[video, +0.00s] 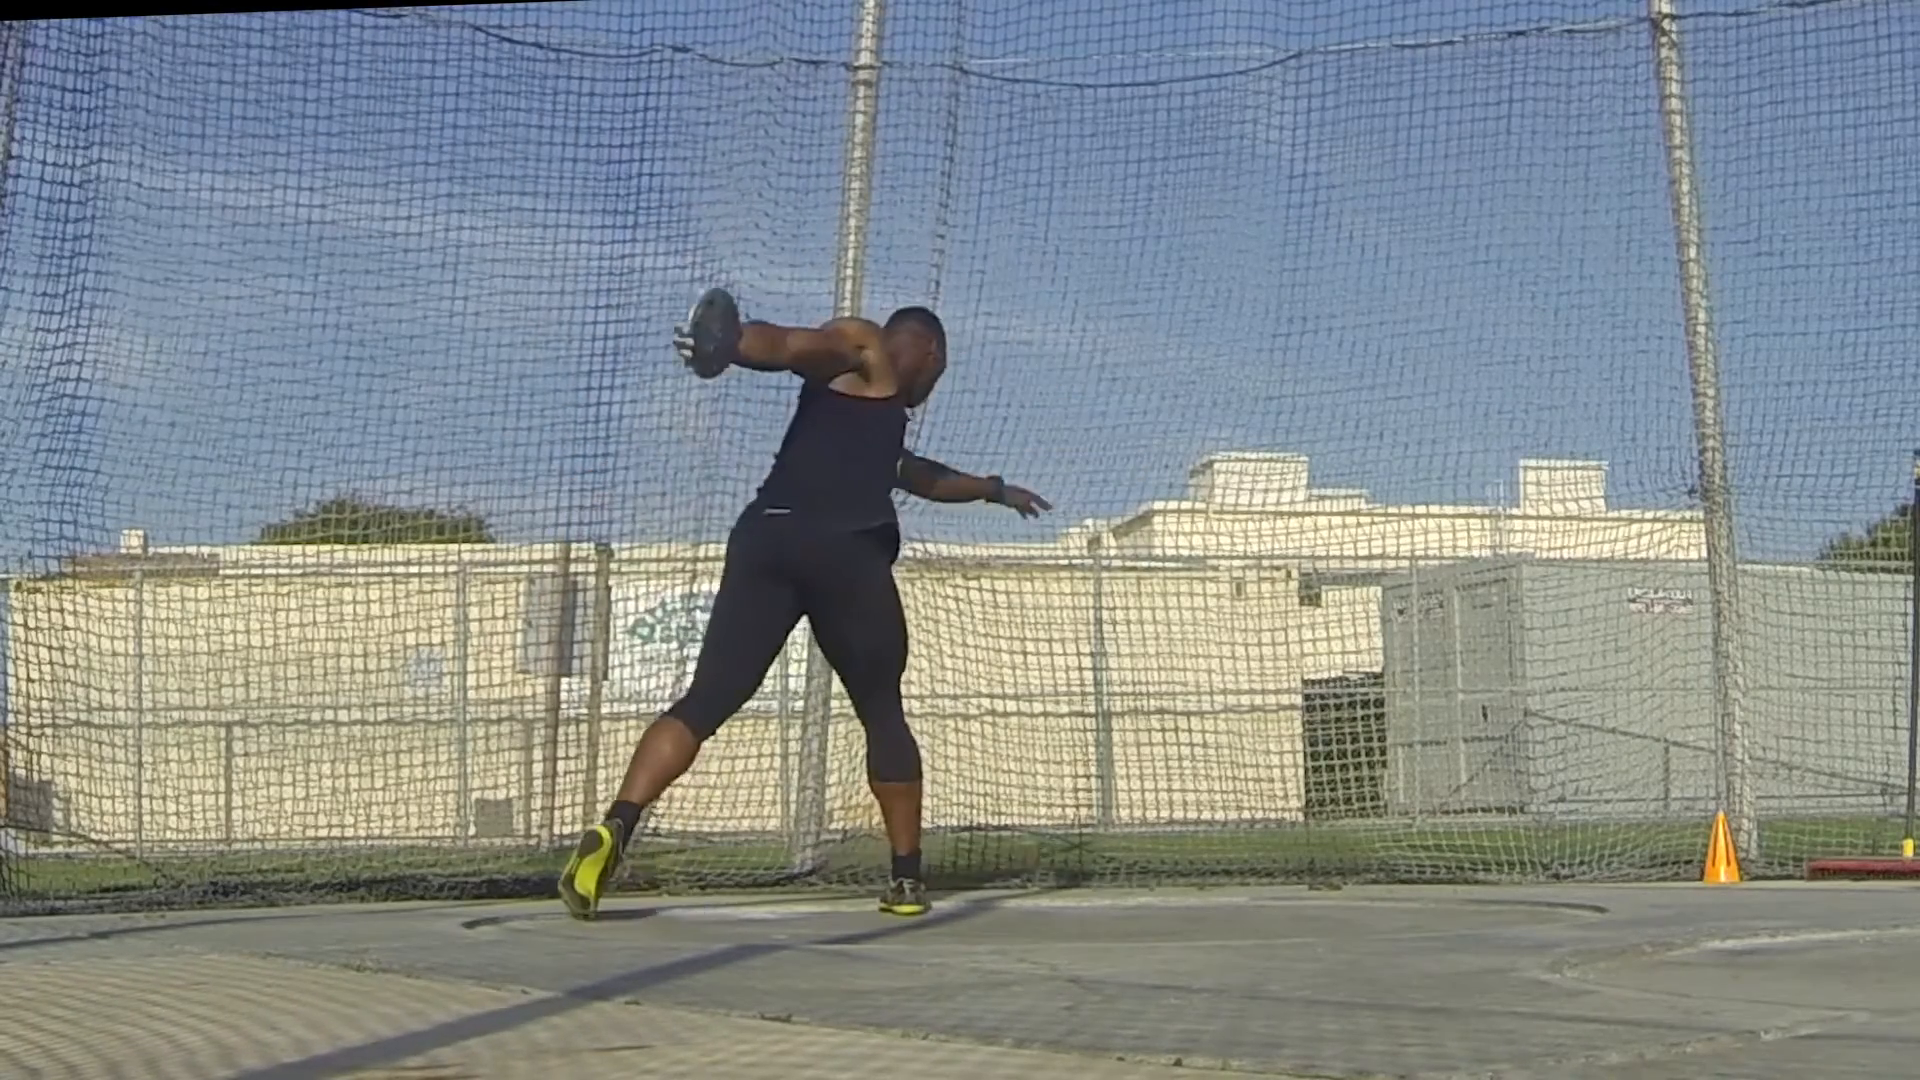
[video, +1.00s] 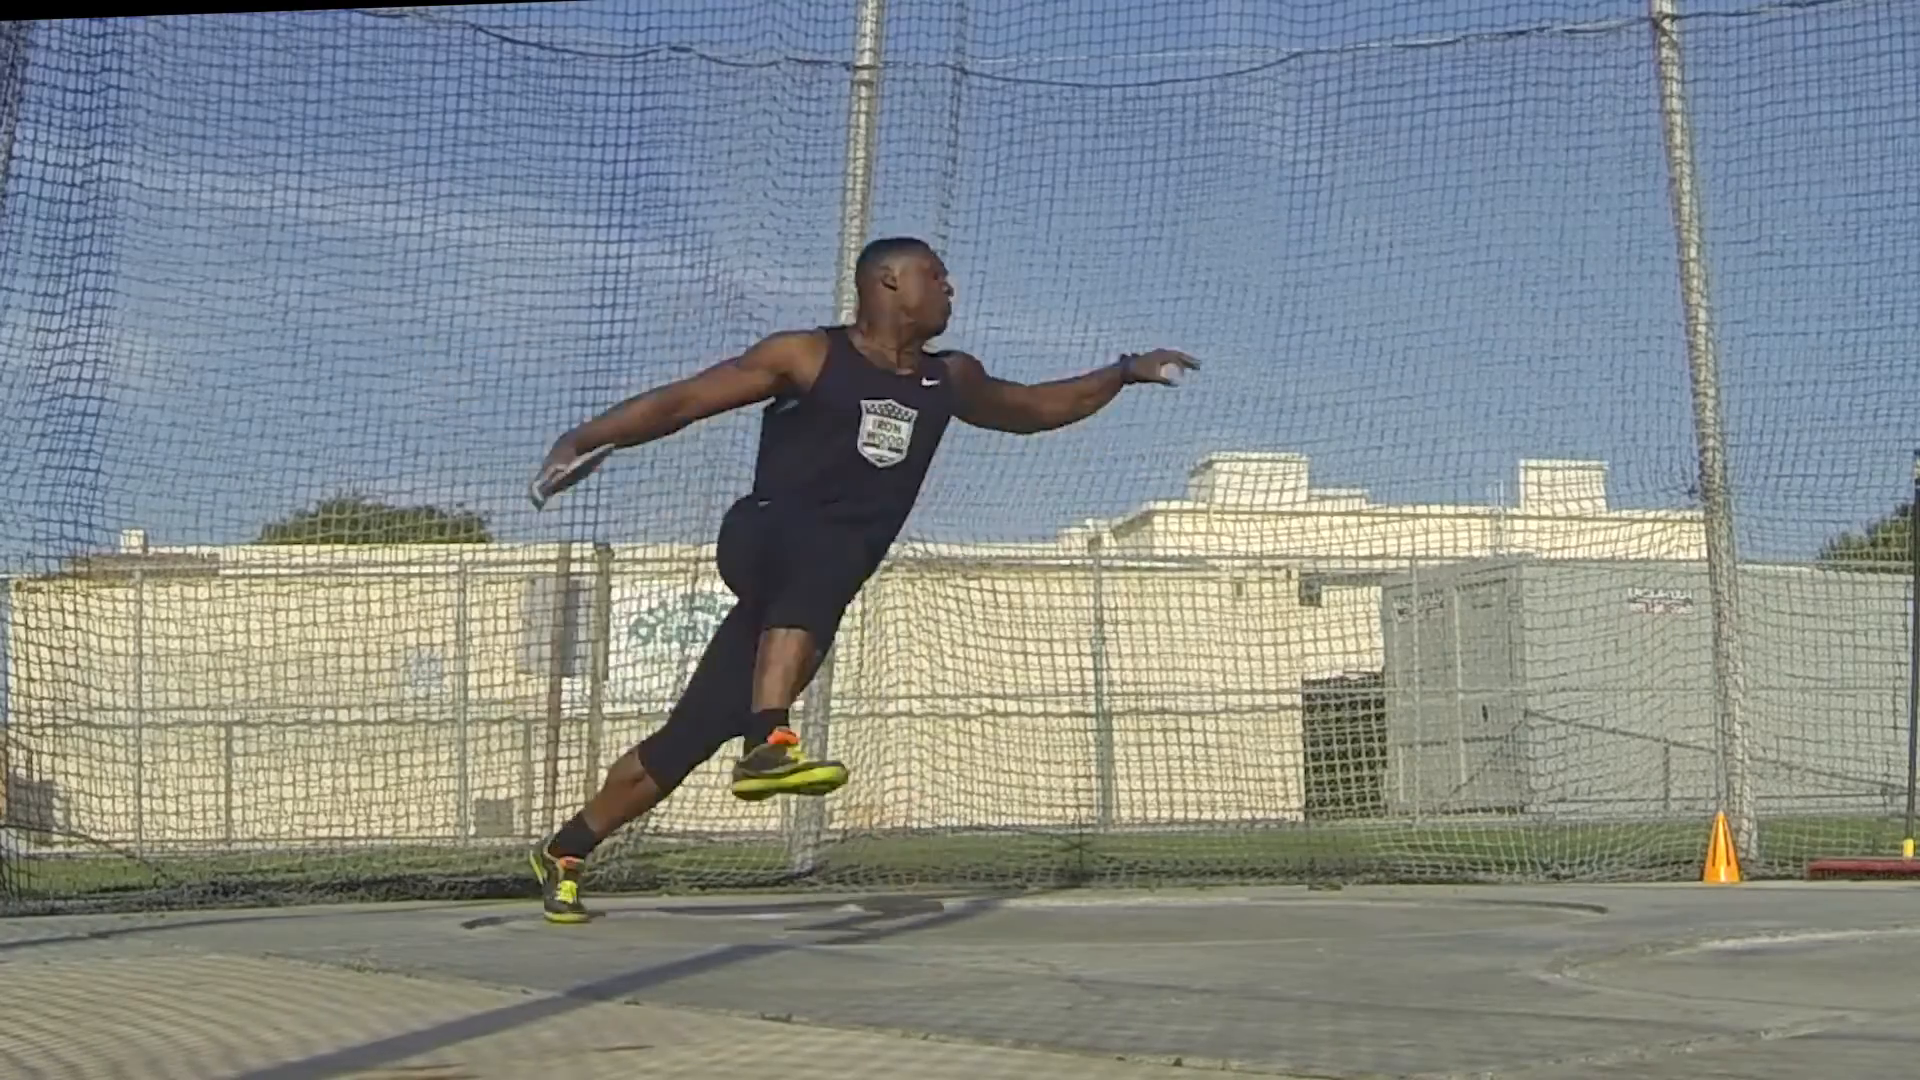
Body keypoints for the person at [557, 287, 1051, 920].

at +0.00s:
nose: (938, 375)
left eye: (941, 365)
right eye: (938, 361)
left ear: (899, 345)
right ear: (918, 345)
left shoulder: (867, 419)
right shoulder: (870, 342)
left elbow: (925, 478)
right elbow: (795, 345)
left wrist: (996, 489)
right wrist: (731, 343)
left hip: (766, 535)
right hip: (847, 551)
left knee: (708, 698)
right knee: (883, 711)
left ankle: (615, 827)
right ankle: (908, 876)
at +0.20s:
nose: (934, 387)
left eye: (939, 378)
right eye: (935, 371)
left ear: (897, 355)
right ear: (911, 353)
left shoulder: (877, 444)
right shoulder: (857, 347)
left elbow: (945, 489)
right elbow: (777, 371)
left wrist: (1034, 488)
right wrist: (708, 382)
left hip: (753, 544)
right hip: (834, 556)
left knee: (692, 708)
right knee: (877, 714)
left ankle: (602, 837)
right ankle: (903, 877)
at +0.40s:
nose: (874, 398)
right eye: (879, 386)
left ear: (816, 360)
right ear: (876, 373)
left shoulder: (770, 419)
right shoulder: (870, 389)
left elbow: (835, 519)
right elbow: (835, 386)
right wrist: (826, 407)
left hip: (745, 572)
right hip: (836, 581)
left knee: (667, 718)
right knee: (873, 716)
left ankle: (623, 869)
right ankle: (898, 878)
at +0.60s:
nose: (669, 362)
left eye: (676, 349)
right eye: (671, 350)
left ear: (714, 343)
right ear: (743, 344)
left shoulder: (683, 405)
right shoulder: (820, 393)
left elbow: (557, 441)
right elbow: (921, 440)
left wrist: (485, 466)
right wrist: (1006, 480)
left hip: (774, 602)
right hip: (848, 603)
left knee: (624, 684)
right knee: (847, 707)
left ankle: (601, 872)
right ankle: (908, 855)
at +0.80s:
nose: (704, 362)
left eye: (717, 347)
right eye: (691, 354)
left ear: (747, 348)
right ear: (683, 365)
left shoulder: (786, 411)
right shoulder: (727, 420)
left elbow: (754, 438)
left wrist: (683, 434)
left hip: (785, 633)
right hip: (714, 590)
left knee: (680, 772)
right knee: (592, 638)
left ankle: (567, 864)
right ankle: (503, 720)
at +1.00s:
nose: (949, 289)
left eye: (947, 278)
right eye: (935, 277)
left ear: (912, 292)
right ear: (882, 287)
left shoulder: (950, 376)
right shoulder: (806, 356)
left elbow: (1039, 408)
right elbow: (684, 402)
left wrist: (1125, 372)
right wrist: (589, 439)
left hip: (831, 572)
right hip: (762, 534)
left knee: (697, 732)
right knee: (831, 551)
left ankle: (564, 849)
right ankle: (768, 741)